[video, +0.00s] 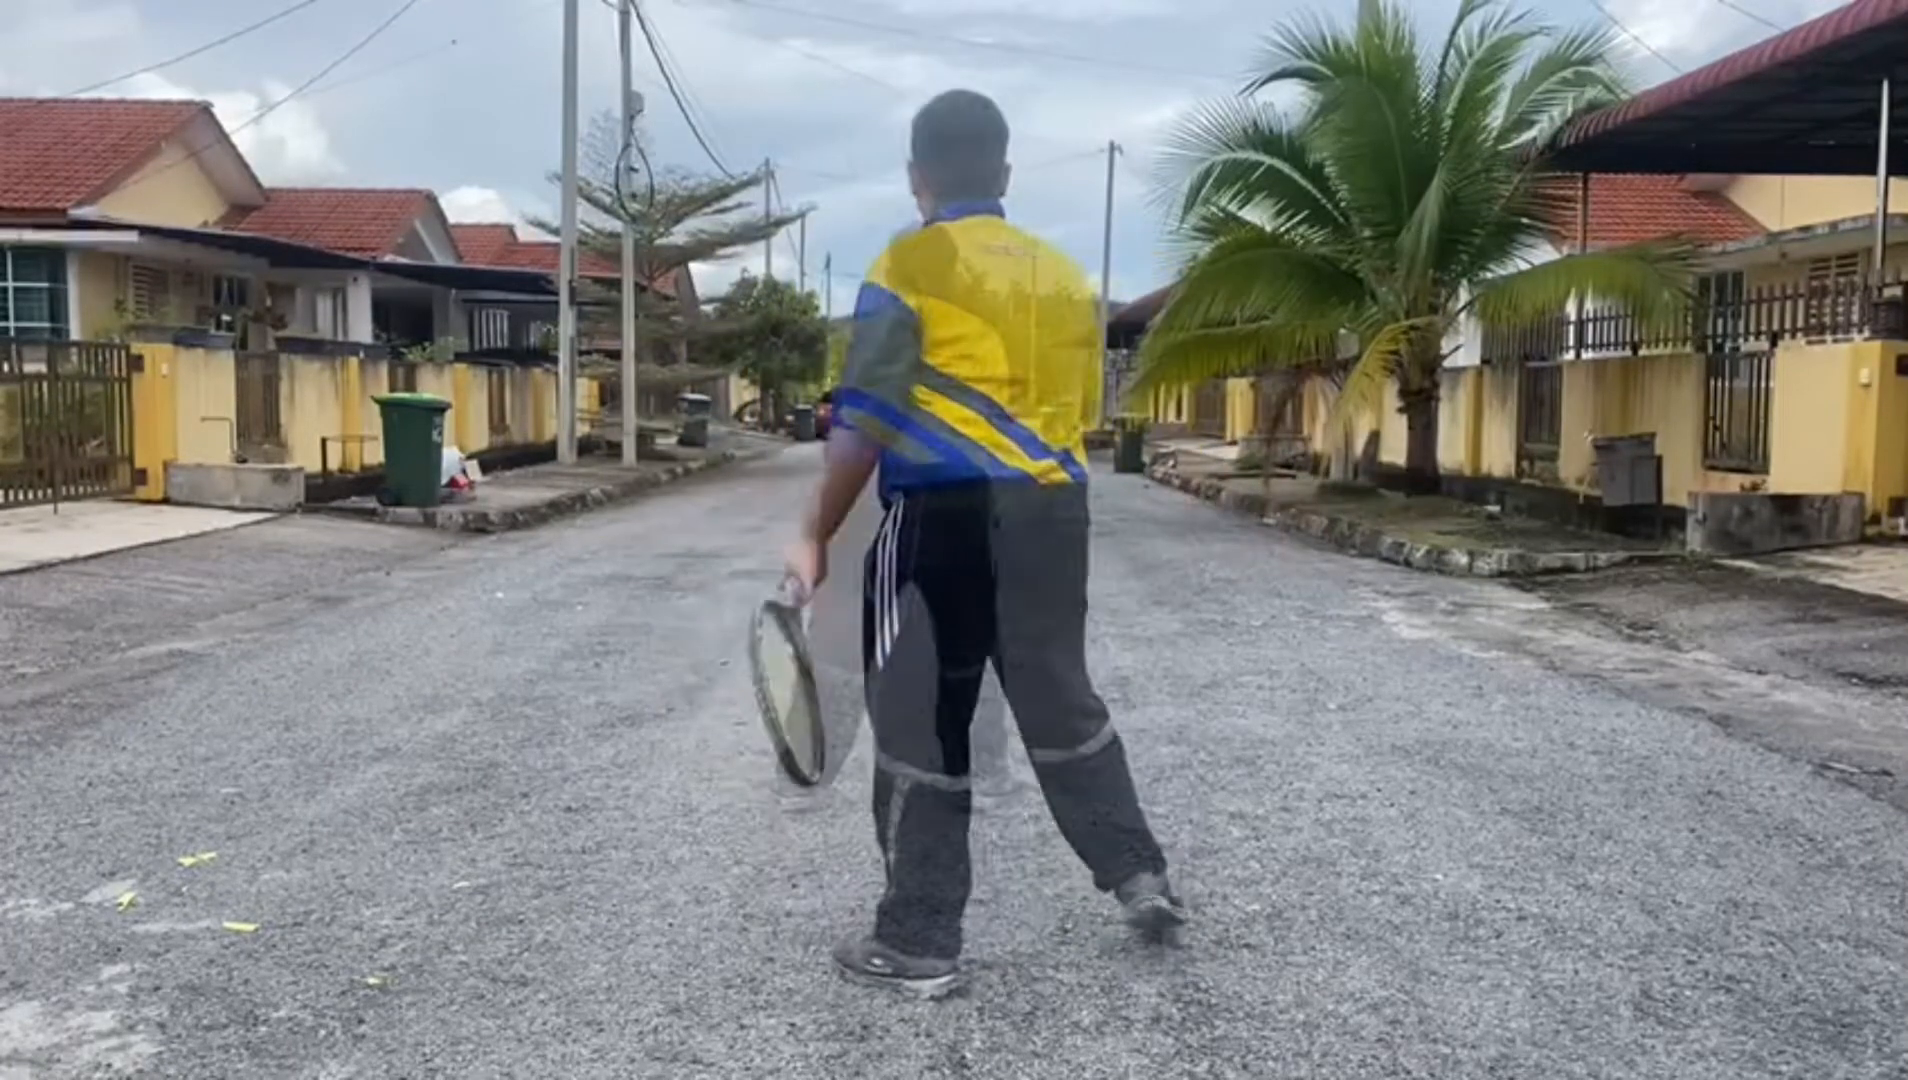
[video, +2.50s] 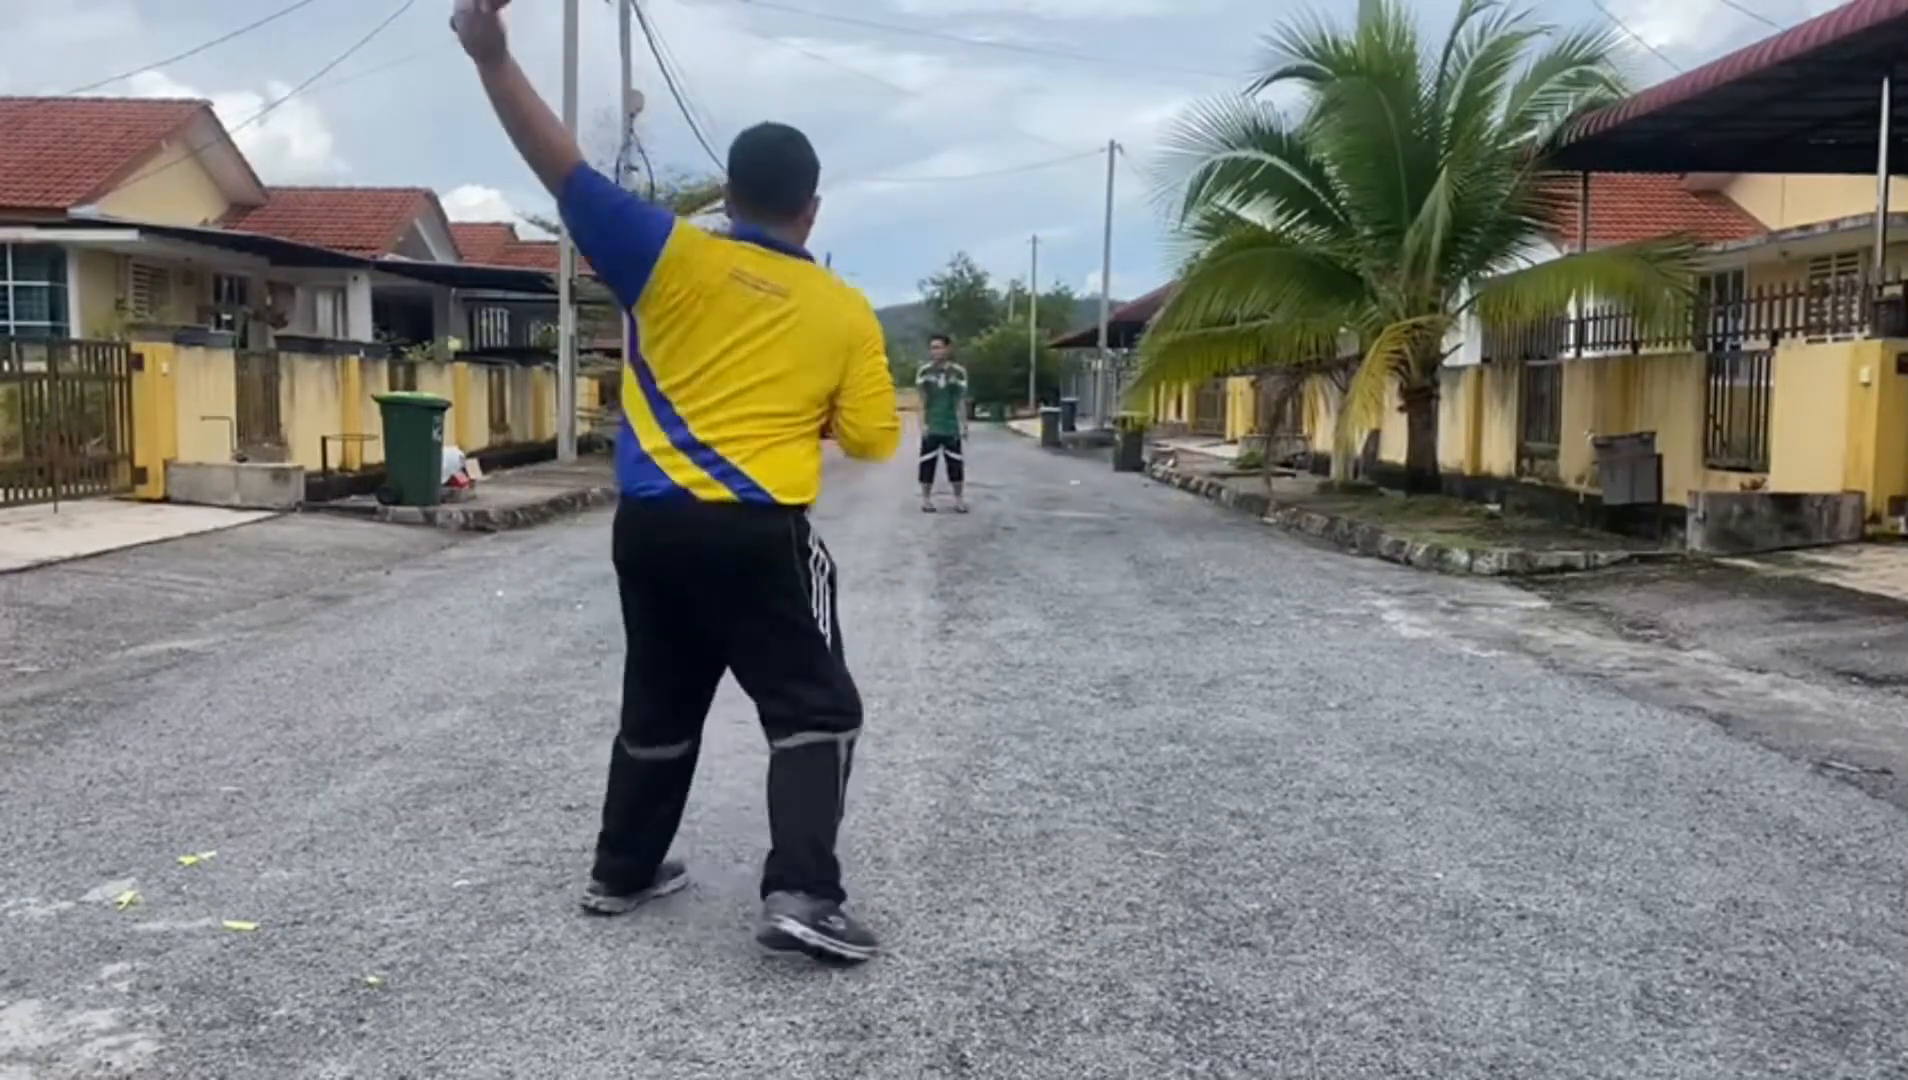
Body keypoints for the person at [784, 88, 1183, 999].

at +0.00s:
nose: (914, 186)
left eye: (913, 173)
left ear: (919, 174)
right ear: (1005, 171)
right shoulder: (1064, 272)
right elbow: (1080, 402)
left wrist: (816, 533)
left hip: (944, 518)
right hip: (1052, 518)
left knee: (921, 723)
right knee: (1059, 699)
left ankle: (920, 940)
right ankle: (1136, 873)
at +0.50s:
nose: (912, 281)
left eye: (909, 271)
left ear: (907, 276)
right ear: (968, 278)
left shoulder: (867, 337)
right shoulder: (997, 340)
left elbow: (850, 422)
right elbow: (1003, 430)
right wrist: (970, 477)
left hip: (872, 498)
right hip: (964, 499)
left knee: (846, 637)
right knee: (974, 638)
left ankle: (802, 777)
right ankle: (978, 772)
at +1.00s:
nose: (930, 314)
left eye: (927, 304)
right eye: (928, 304)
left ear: (863, 297)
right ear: (918, 303)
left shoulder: (827, 344)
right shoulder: (930, 357)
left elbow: (836, 436)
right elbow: (944, 473)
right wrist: (958, 540)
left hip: (767, 489)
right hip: (852, 490)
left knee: (797, 637)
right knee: (907, 627)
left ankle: (810, 772)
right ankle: (935, 775)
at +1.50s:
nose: (866, 255)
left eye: (864, 241)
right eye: (862, 241)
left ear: (801, 237)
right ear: (846, 243)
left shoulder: (816, 311)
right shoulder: (779, 290)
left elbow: (849, 376)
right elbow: (804, 385)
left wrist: (904, 379)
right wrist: (886, 345)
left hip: (745, 480)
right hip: (717, 477)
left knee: (753, 638)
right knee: (765, 642)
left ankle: (695, 776)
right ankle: (733, 819)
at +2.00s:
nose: (839, 259)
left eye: (837, 245)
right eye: (835, 245)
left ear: (774, 245)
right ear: (814, 253)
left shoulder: (794, 317)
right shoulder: (731, 306)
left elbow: (854, 348)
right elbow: (677, 408)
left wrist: (910, 365)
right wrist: (792, 437)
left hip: (705, 510)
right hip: (663, 507)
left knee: (729, 665)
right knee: (709, 675)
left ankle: (683, 802)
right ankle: (670, 863)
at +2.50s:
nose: (807, 205)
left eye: (776, 188)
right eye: (810, 194)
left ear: (726, 194)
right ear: (810, 207)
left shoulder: (669, 250)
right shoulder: (844, 310)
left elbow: (565, 171)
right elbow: (872, 437)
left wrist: (493, 58)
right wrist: (811, 405)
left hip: (649, 525)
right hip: (755, 535)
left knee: (659, 703)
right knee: (813, 709)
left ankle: (623, 870)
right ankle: (800, 892)